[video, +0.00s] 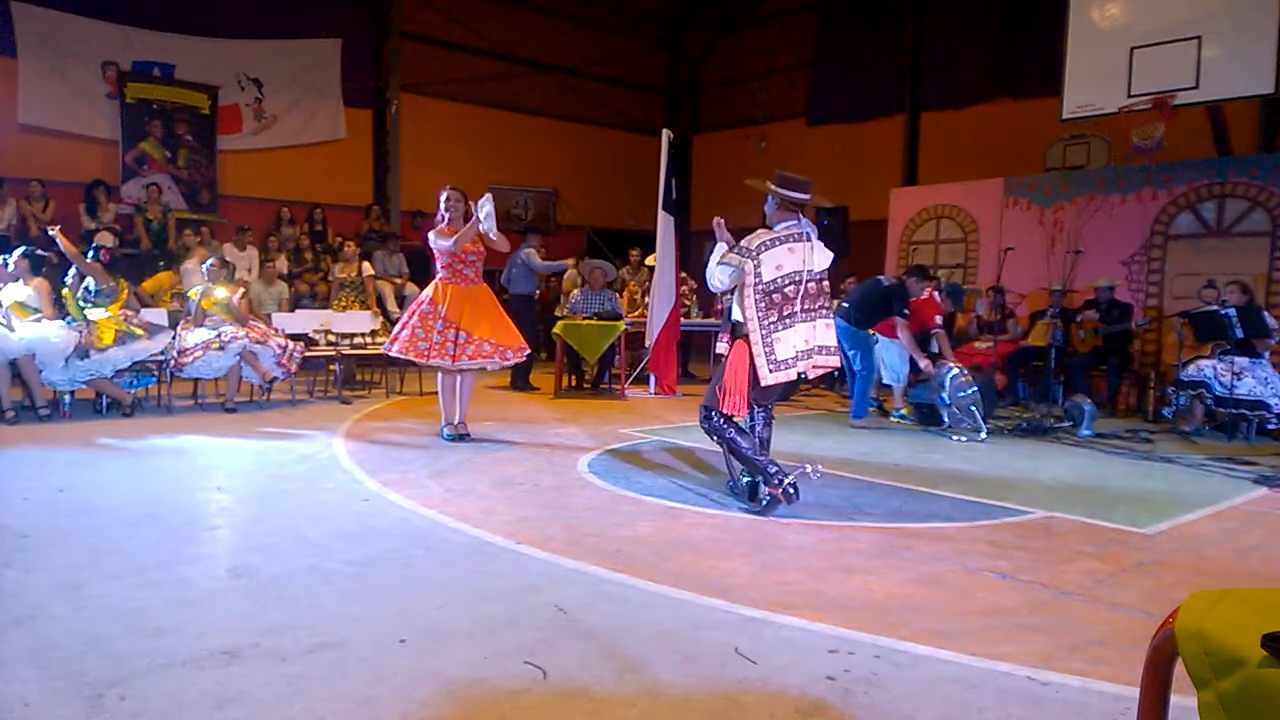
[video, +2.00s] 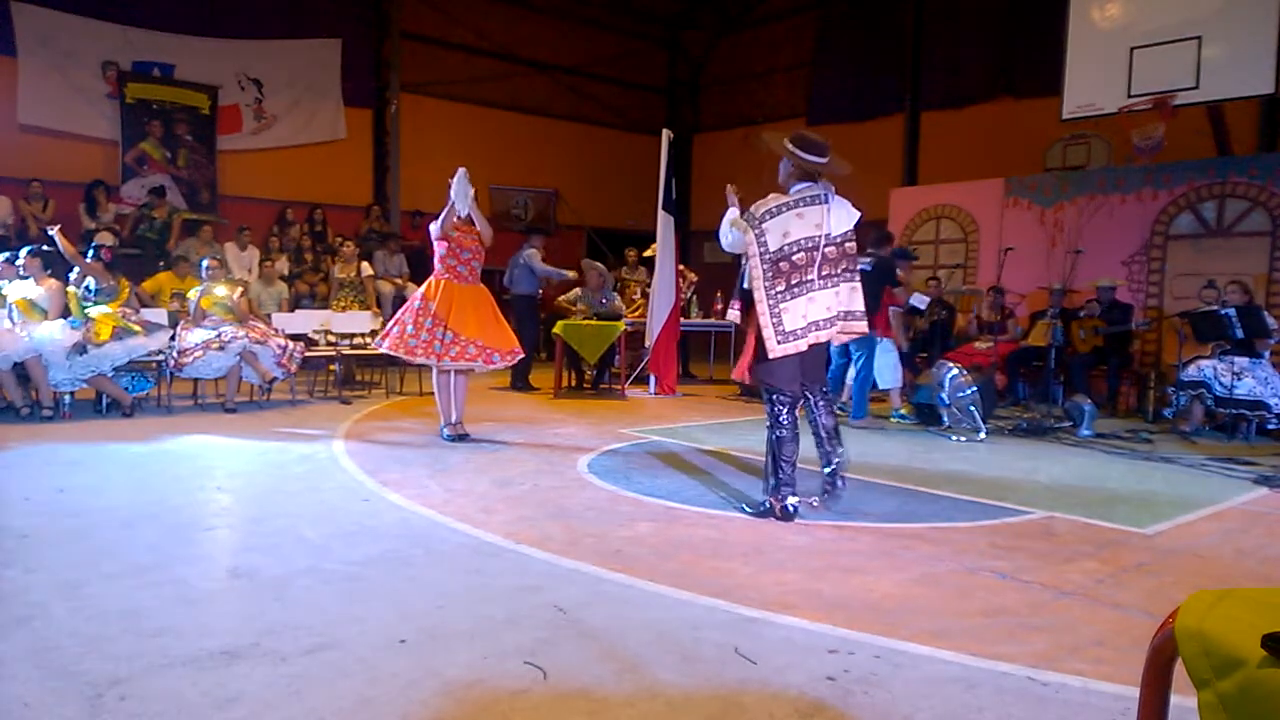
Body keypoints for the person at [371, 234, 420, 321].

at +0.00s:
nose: (396, 245)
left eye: (397, 242)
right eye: (393, 243)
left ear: (398, 244)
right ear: (386, 244)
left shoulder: (400, 255)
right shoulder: (379, 255)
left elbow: (405, 272)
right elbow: (379, 273)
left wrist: (402, 283)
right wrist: (394, 282)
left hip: (398, 278)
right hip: (384, 278)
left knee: (414, 291)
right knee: (387, 290)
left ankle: (406, 315)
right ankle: (395, 315)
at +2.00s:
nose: (396, 245)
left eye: (397, 243)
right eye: (394, 243)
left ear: (399, 244)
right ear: (387, 243)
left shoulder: (400, 255)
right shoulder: (379, 254)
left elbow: (405, 272)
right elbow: (380, 273)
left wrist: (404, 282)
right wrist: (395, 283)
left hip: (398, 278)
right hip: (383, 278)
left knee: (414, 291)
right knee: (387, 291)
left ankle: (417, 317)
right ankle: (387, 318)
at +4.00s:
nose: (397, 245)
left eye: (398, 242)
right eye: (394, 242)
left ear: (400, 244)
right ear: (387, 243)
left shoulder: (400, 256)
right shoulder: (379, 254)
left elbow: (405, 271)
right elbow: (380, 273)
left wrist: (404, 282)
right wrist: (395, 283)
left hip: (398, 278)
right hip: (383, 278)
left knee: (413, 290)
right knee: (387, 291)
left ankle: (418, 316)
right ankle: (387, 317)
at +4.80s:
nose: (396, 246)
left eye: (398, 243)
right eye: (394, 243)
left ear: (400, 244)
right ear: (387, 244)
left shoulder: (400, 256)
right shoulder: (379, 255)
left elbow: (405, 272)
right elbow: (380, 274)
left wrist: (404, 282)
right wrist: (394, 283)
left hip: (398, 278)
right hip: (384, 278)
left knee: (413, 291)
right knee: (387, 292)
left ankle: (417, 316)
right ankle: (387, 317)